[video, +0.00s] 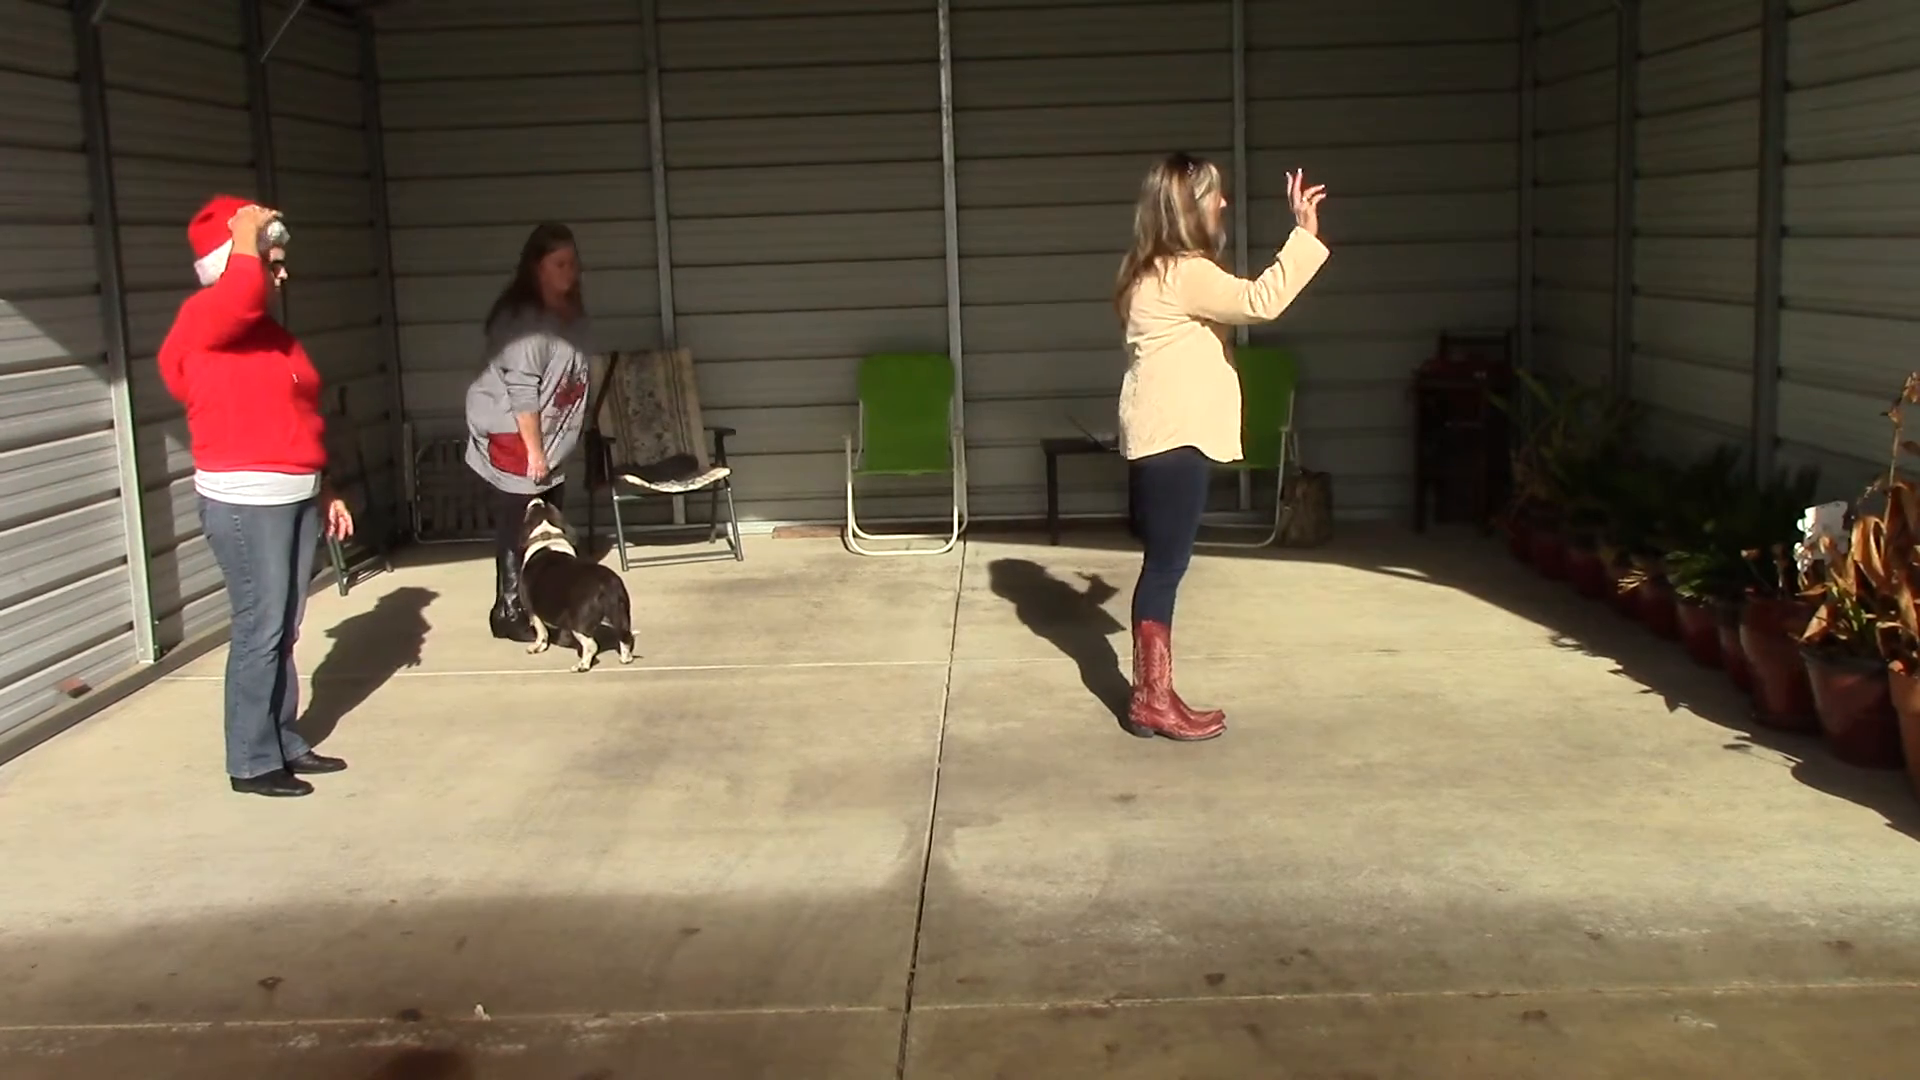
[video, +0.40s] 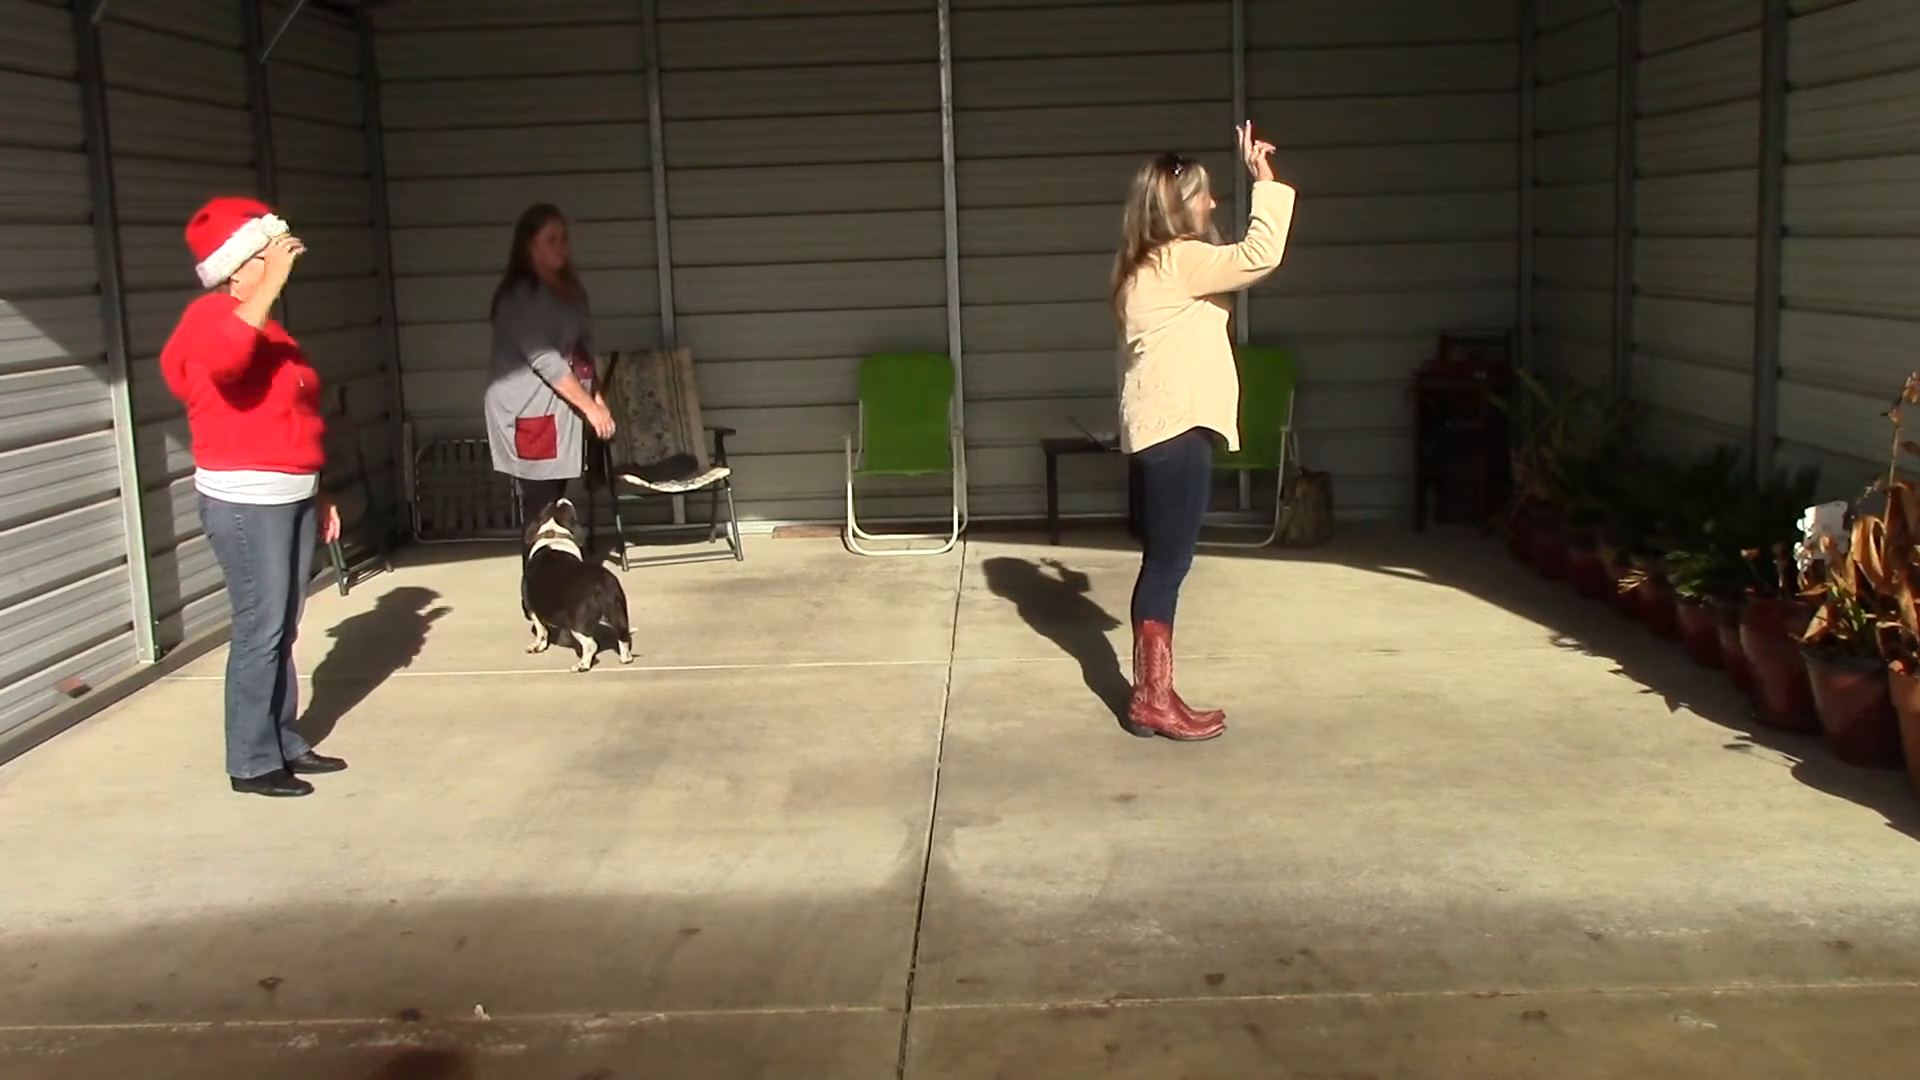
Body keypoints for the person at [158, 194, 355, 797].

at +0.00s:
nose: (283, 271)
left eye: (283, 260)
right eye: (273, 261)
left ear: (277, 266)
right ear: (230, 263)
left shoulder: (273, 332)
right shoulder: (199, 320)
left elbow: (301, 419)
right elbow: (244, 292)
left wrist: (325, 491)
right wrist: (245, 241)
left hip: (295, 494)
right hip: (244, 498)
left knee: (282, 630)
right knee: (259, 631)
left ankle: (282, 743)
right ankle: (250, 762)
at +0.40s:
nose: (280, 265)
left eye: (277, 256)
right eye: (270, 256)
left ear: (247, 268)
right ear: (240, 269)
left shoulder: (265, 322)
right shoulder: (206, 316)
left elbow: (291, 416)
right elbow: (223, 361)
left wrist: (317, 494)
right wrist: (270, 284)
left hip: (292, 494)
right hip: (245, 498)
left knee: (281, 628)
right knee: (259, 629)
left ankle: (282, 742)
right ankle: (250, 762)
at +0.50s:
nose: (287, 273)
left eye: (286, 263)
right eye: (278, 263)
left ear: (249, 268)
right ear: (243, 266)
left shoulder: (266, 326)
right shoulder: (212, 317)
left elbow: (291, 422)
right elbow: (207, 389)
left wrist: (314, 500)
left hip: (290, 492)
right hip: (246, 496)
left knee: (281, 628)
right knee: (260, 629)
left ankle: (281, 743)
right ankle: (250, 762)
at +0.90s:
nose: (290, 275)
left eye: (288, 265)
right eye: (278, 266)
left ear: (255, 272)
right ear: (243, 272)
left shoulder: (273, 327)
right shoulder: (216, 326)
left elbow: (289, 417)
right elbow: (202, 421)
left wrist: (311, 495)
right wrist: (238, 500)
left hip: (295, 494)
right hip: (251, 498)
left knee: (283, 625)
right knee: (270, 625)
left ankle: (284, 743)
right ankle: (252, 763)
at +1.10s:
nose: (290, 275)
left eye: (289, 265)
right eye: (279, 266)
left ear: (258, 271)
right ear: (243, 272)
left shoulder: (276, 329)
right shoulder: (220, 327)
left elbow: (299, 419)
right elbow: (216, 430)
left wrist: (327, 490)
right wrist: (269, 498)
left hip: (287, 496)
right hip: (242, 498)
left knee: (281, 625)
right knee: (267, 625)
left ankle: (283, 743)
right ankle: (252, 762)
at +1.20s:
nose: (292, 275)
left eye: (290, 265)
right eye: (281, 266)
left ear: (257, 272)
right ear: (245, 273)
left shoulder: (274, 329)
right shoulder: (221, 328)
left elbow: (298, 417)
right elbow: (220, 430)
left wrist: (331, 485)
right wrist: (276, 496)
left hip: (287, 496)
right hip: (244, 498)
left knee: (281, 627)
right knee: (266, 627)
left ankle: (281, 745)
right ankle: (252, 762)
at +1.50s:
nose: (298, 277)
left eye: (297, 267)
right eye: (287, 268)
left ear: (260, 274)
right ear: (250, 274)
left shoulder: (274, 329)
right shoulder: (227, 329)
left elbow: (296, 421)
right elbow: (228, 430)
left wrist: (324, 494)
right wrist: (276, 502)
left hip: (291, 496)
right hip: (248, 499)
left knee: (284, 626)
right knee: (268, 626)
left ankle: (282, 743)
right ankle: (252, 762)